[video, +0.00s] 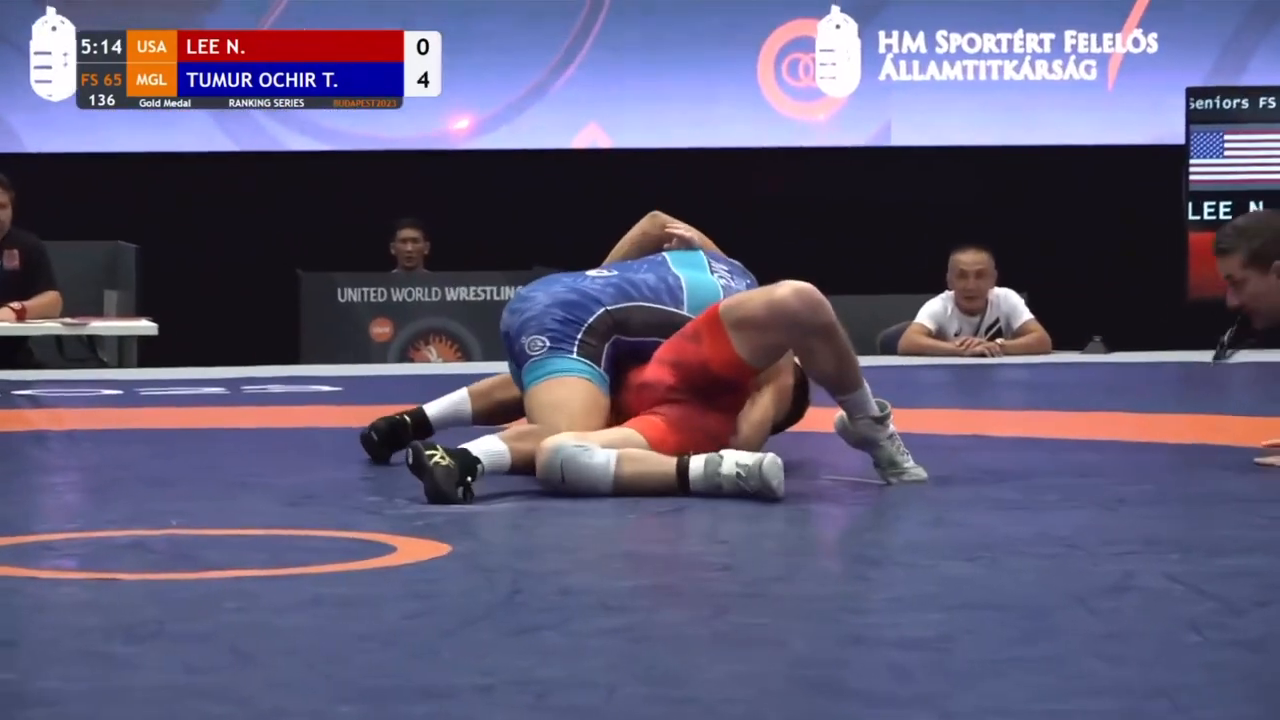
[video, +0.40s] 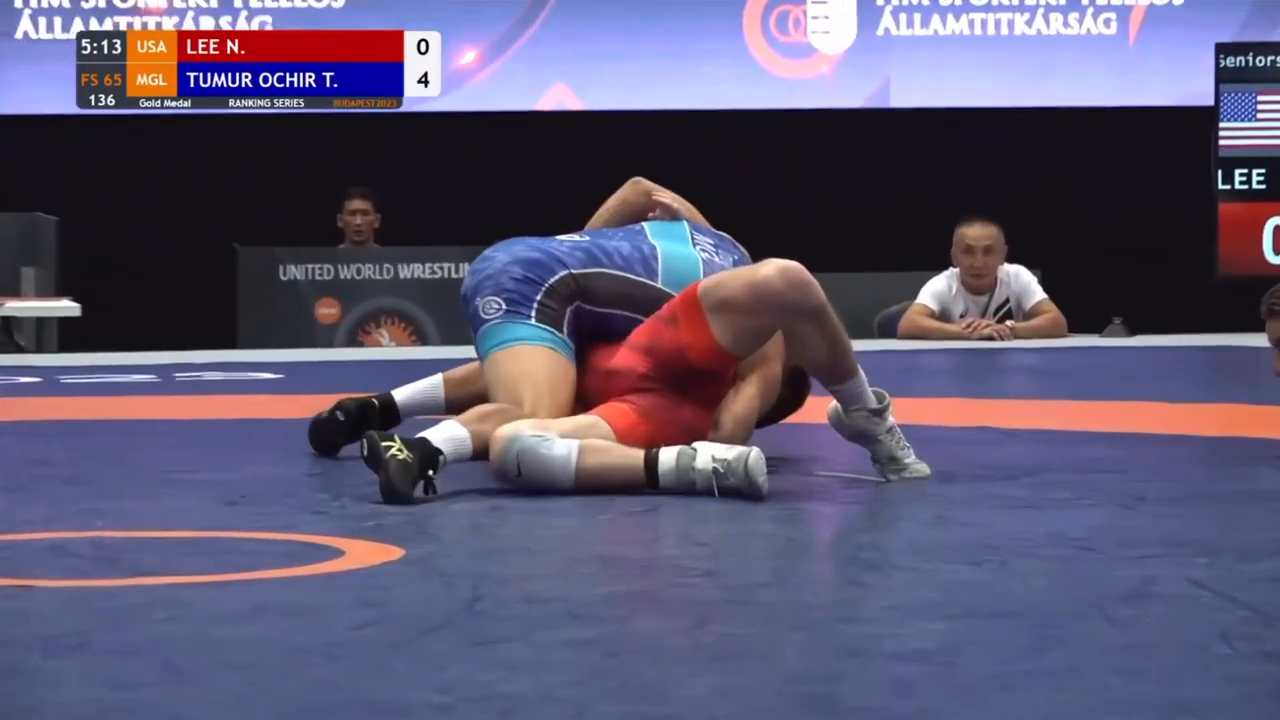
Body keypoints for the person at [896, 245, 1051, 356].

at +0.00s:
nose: (970, 285)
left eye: (980, 276)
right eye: (962, 276)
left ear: (994, 278)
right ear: (949, 279)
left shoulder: (1007, 299)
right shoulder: (938, 305)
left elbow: (1043, 343)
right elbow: (907, 344)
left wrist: (996, 346)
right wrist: (963, 349)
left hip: (1000, 385)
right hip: (948, 386)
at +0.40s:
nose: (978, 262)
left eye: (988, 252)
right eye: (968, 252)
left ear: (1003, 254)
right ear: (953, 254)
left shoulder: (1018, 277)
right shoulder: (941, 284)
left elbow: (1057, 325)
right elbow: (908, 327)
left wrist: (1006, 329)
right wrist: (969, 332)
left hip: (1010, 372)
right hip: (953, 373)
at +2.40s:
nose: (972, 264)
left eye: (983, 253)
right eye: (962, 253)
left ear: (998, 255)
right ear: (946, 255)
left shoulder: (1012, 279)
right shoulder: (934, 287)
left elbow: (1054, 328)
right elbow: (899, 330)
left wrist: (999, 333)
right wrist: (962, 336)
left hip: (1005, 377)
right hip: (947, 378)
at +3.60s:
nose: (969, 265)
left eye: (980, 254)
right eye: (959, 254)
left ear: (995, 255)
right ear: (943, 258)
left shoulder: (1009, 280)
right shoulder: (931, 288)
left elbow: (1051, 329)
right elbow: (896, 331)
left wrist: (997, 334)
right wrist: (959, 337)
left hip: (1001, 379)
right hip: (943, 380)